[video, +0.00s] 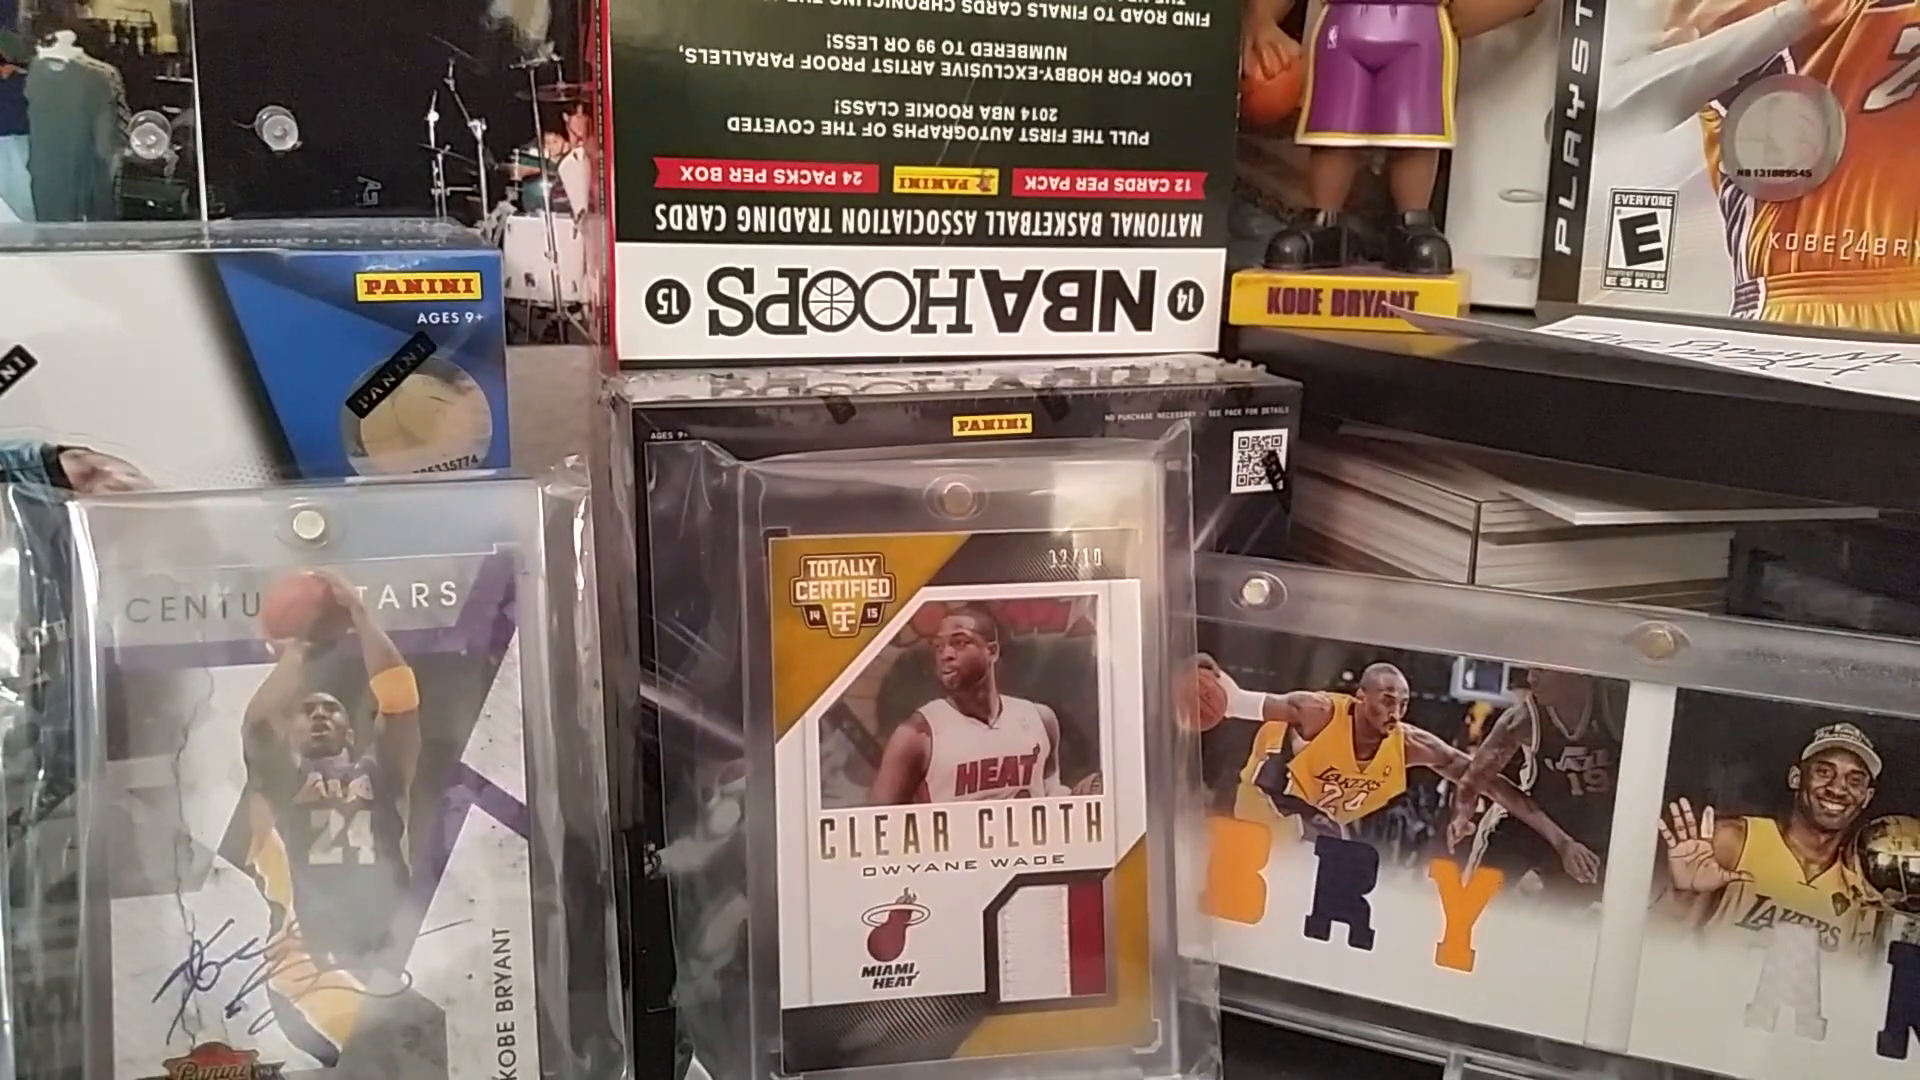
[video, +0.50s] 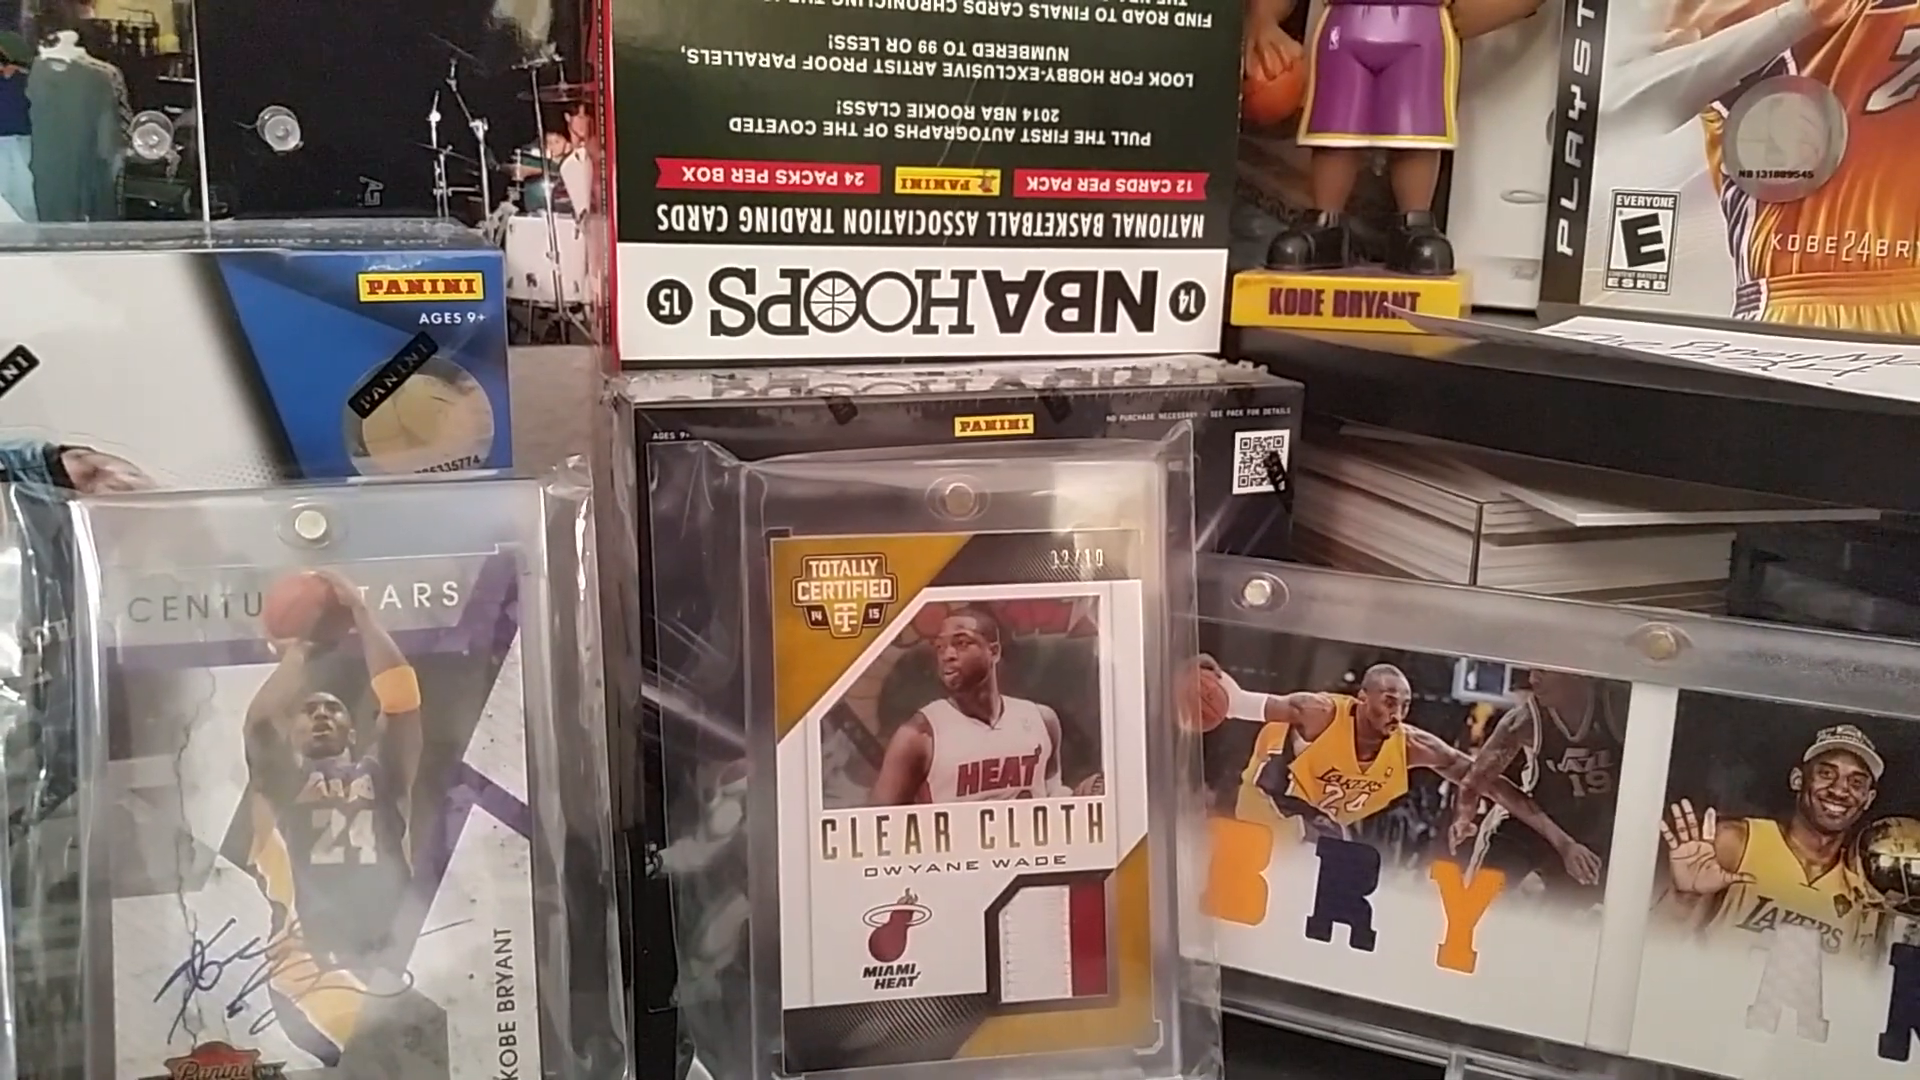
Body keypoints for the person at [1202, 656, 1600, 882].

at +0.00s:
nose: (1395, 709)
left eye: (1401, 701)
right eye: (1386, 698)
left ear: (1405, 705)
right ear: (1359, 694)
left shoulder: (1414, 745)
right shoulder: (1316, 709)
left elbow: (1487, 782)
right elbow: (1240, 701)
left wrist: (1561, 841)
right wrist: (1207, 679)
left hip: (1331, 814)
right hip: (1276, 790)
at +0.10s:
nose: (1395, 709)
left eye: (1401, 701)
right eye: (1386, 698)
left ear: (1405, 706)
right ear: (1359, 695)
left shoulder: (1415, 745)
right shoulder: (1317, 709)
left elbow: (1488, 782)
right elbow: (1241, 701)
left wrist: (1561, 841)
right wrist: (1208, 679)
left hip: (1333, 814)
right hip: (1280, 790)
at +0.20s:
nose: (1395, 709)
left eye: (1401, 701)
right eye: (1386, 698)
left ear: (1405, 706)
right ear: (1359, 695)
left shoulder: (1415, 745)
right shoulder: (1316, 709)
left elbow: (1488, 782)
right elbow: (1240, 701)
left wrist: (1561, 842)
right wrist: (1207, 679)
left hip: (1332, 814)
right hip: (1279, 789)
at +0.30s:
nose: (1395, 709)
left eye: (1401, 701)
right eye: (1386, 698)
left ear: (1405, 705)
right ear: (1359, 695)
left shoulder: (1415, 745)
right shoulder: (1316, 709)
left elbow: (1488, 781)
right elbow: (1240, 701)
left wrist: (1562, 841)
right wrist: (1206, 678)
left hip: (1319, 816)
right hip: (1266, 787)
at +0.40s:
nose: (1396, 709)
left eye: (1402, 702)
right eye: (1387, 699)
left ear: (1406, 707)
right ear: (1360, 695)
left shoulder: (1416, 746)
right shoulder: (1317, 709)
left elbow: (1488, 782)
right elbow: (1239, 701)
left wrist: (1562, 842)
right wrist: (1206, 679)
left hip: (1328, 814)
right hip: (1275, 787)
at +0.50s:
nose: (1397, 710)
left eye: (1403, 703)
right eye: (1387, 699)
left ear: (1407, 707)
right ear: (1360, 696)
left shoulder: (1417, 747)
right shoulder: (1318, 710)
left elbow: (1490, 783)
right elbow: (1243, 701)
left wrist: (1563, 843)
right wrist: (1210, 679)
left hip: (1323, 820)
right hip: (1272, 793)